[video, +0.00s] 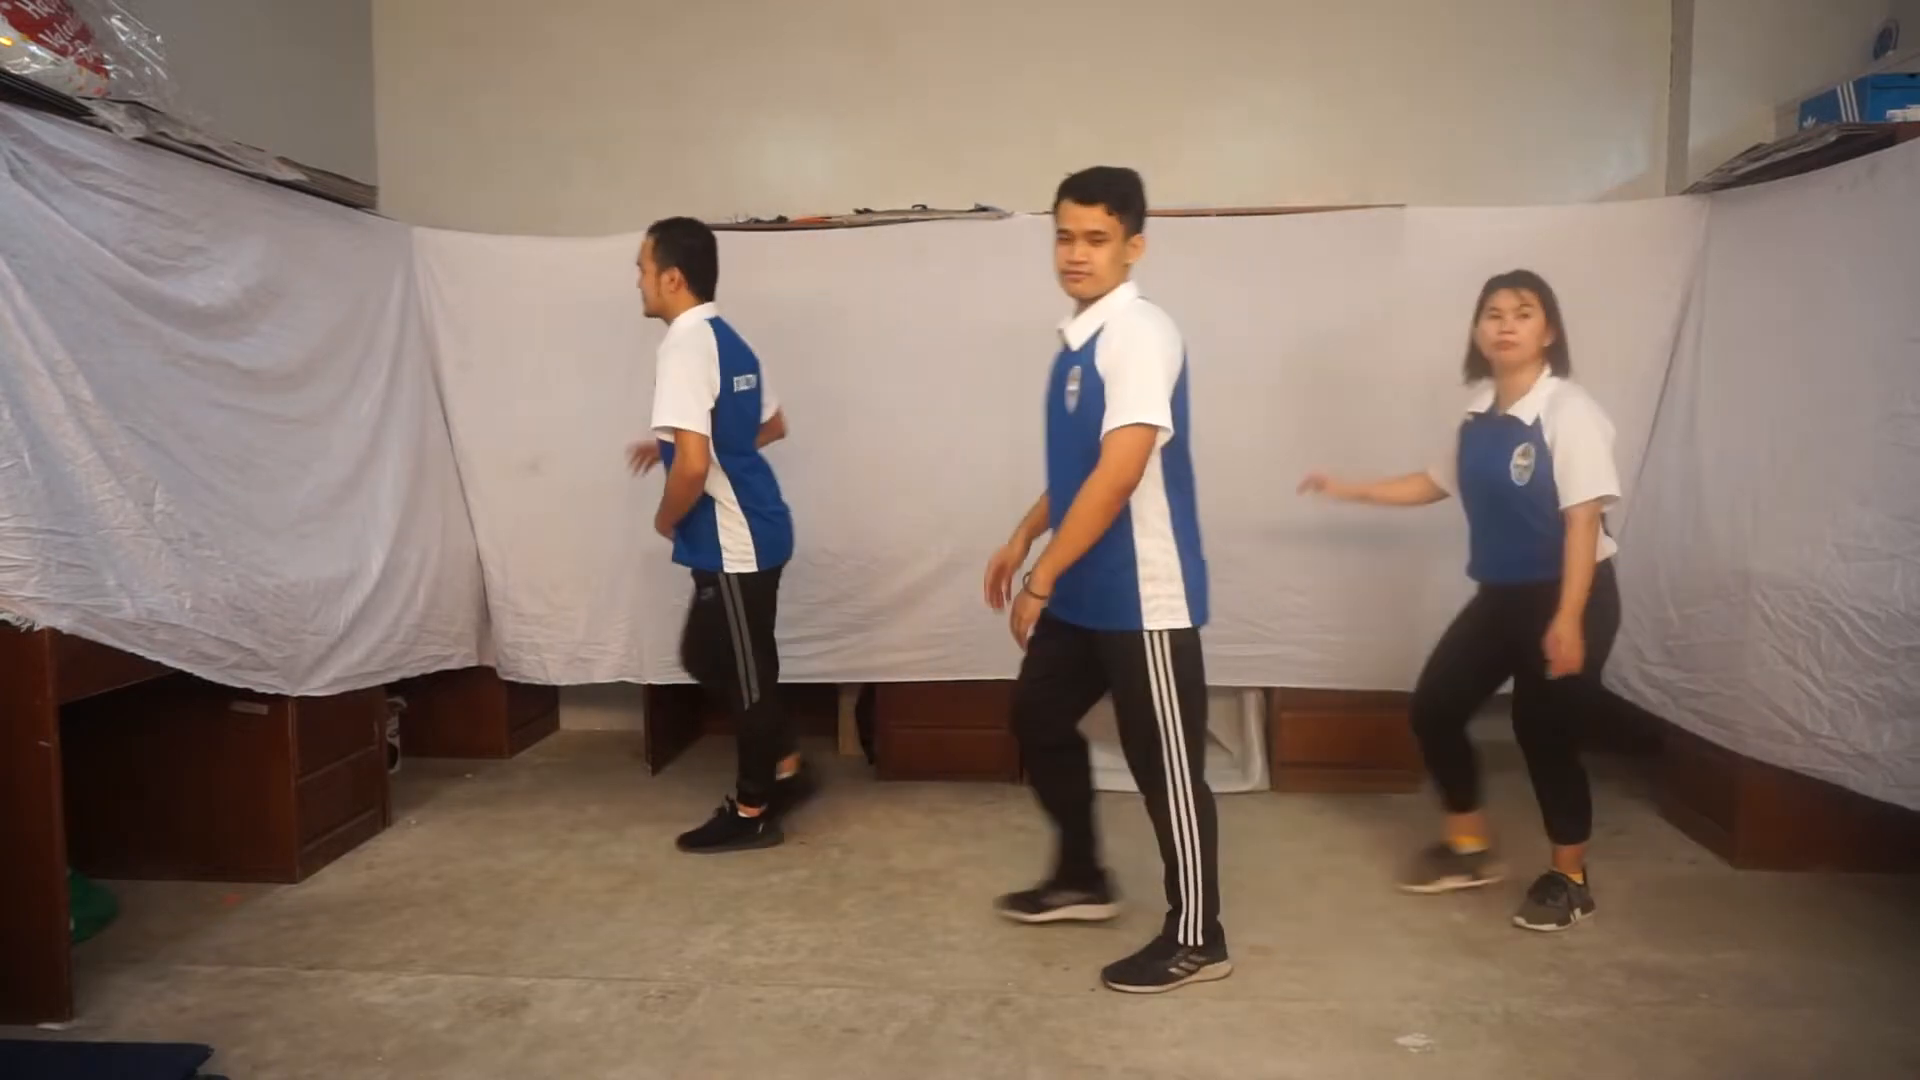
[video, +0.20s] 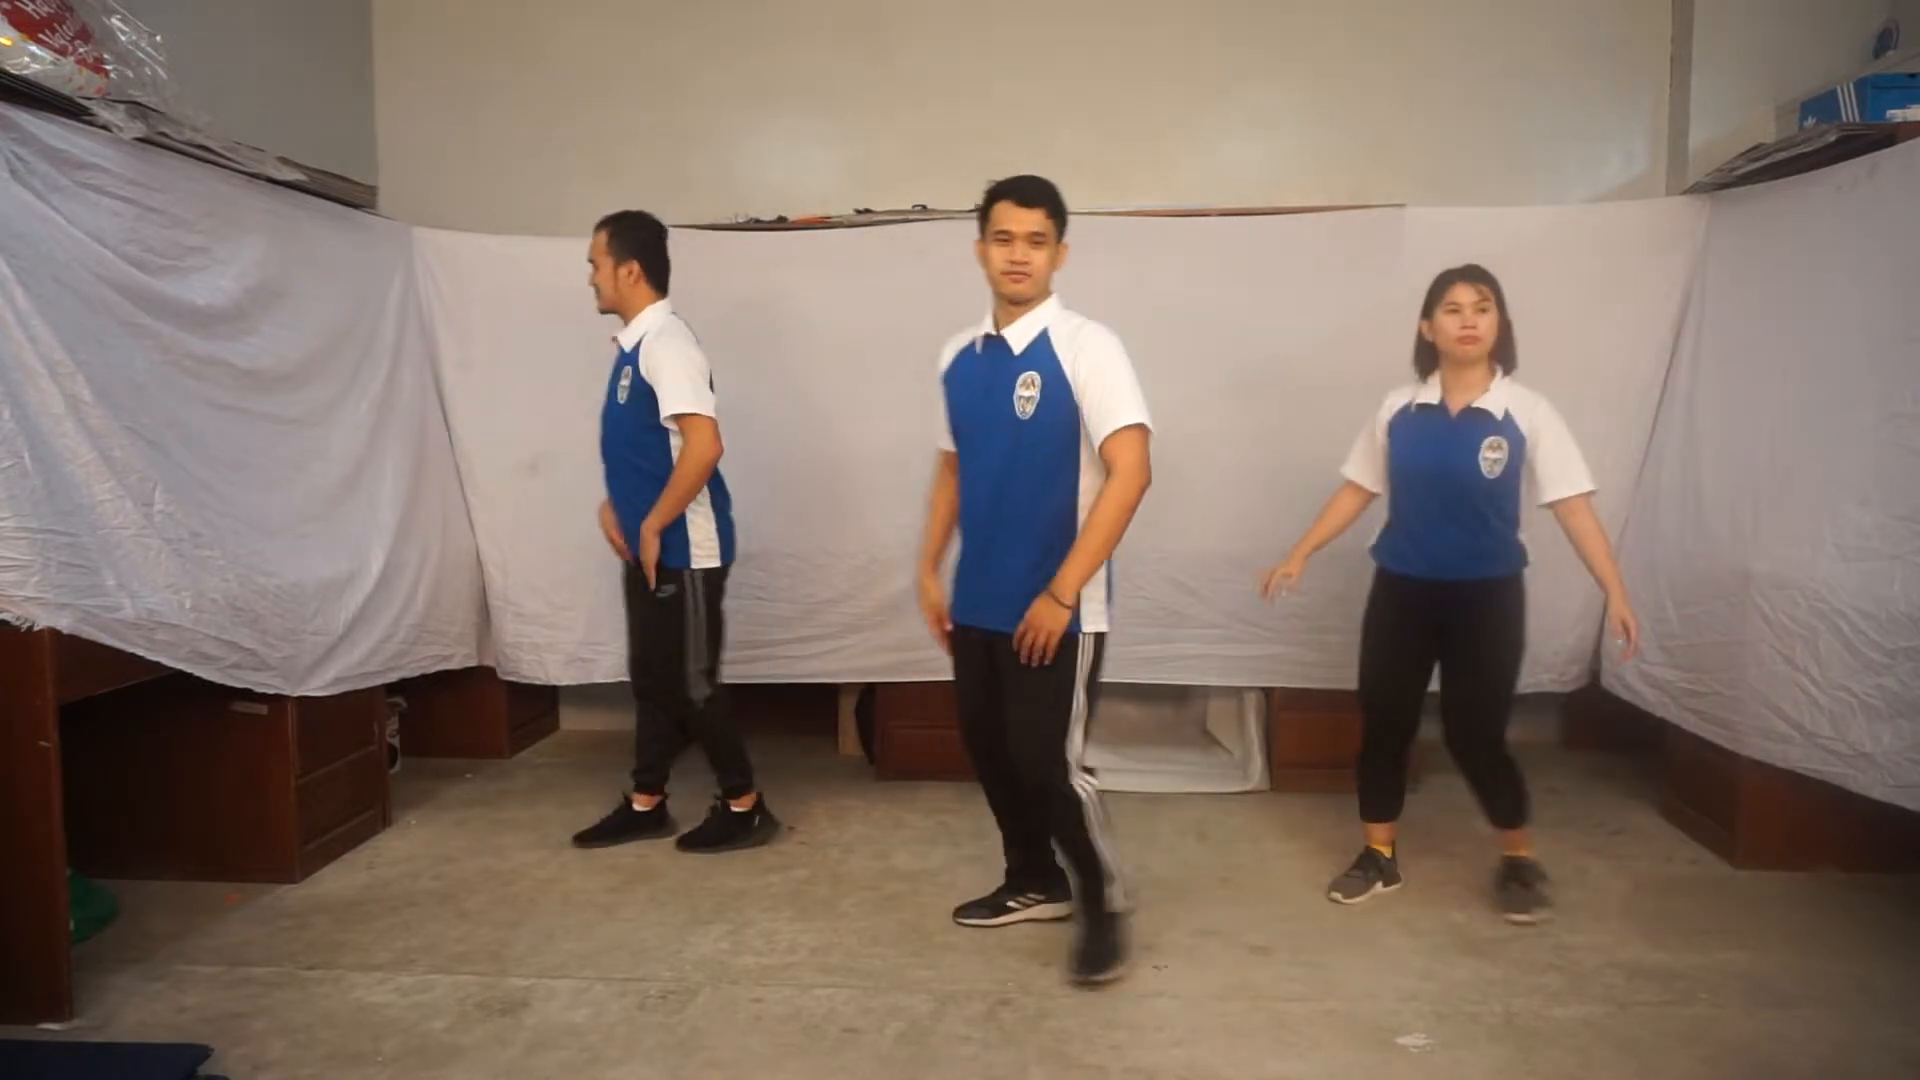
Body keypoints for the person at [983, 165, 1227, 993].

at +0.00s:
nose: (1074, 253)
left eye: (1095, 239)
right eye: (1065, 238)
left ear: (1133, 245)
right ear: (1054, 242)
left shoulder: (1140, 333)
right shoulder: (1082, 334)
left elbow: (1120, 475)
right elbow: (1079, 469)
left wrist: (1045, 577)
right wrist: (1021, 537)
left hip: (1149, 599)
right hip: (1087, 594)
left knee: (1168, 769)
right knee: (1040, 720)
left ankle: (1196, 935)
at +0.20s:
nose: (1017, 254)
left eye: (1035, 241)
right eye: (1002, 238)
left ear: (1059, 253)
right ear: (980, 249)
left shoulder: (1086, 346)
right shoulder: (960, 355)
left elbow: (1131, 472)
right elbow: (953, 467)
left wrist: (1062, 592)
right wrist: (929, 569)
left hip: (1054, 606)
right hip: (977, 604)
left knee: (1045, 763)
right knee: (992, 749)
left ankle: (1104, 905)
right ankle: (1032, 881)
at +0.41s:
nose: (975, 252)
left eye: (986, 237)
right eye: (956, 237)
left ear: (998, 250)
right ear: (917, 252)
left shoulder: (1038, 353)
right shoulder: (874, 361)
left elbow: (1115, 446)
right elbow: (812, 466)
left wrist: (1091, 561)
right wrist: (742, 567)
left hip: (1003, 607)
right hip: (901, 607)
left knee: (985, 767)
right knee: (868, 749)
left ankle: (954, 914)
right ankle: (928, 847)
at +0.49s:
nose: (954, 249)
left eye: (962, 236)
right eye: (935, 235)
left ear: (971, 249)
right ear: (890, 250)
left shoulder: (1004, 347)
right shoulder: (844, 355)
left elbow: (1078, 425)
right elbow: (777, 462)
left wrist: (1096, 505)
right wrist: (696, 566)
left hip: (984, 598)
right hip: (883, 601)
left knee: (976, 765)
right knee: (863, 759)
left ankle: (954, 915)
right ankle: (848, 890)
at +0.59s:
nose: (928, 245)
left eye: (933, 231)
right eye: (909, 230)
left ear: (935, 243)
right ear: (858, 241)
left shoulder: (954, 335)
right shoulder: (826, 346)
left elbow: (1028, 366)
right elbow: (786, 461)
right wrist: (735, 564)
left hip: (949, 597)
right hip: (861, 607)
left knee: (957, 762)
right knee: (850, 770)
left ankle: (951, 919)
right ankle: (800, 937)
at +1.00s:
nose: (830, 242)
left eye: (829, 226)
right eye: (813, 229)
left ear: (761, 241)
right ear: (759, 242)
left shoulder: (733, 298)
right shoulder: (783, 334)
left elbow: (718, 197)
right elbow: (840, 473)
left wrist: (682, 94)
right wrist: (891, 535)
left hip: (721, 576)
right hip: (767, 593)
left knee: (719, 746)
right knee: (799, 772)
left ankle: (586, 888)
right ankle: (800, 944)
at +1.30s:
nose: (785, 277)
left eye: (784, 260)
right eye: (769, 263)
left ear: (707, 270)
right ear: (711, 273)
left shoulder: (673, 321)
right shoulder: (737, 367)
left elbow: (676, 210)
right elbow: (781, 515)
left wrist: (660, 102)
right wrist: (760, 541)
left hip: (632, 598)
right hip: (691, 610)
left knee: (584, 772)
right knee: (779, 758)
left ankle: (505, 951)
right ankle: (781, 934)